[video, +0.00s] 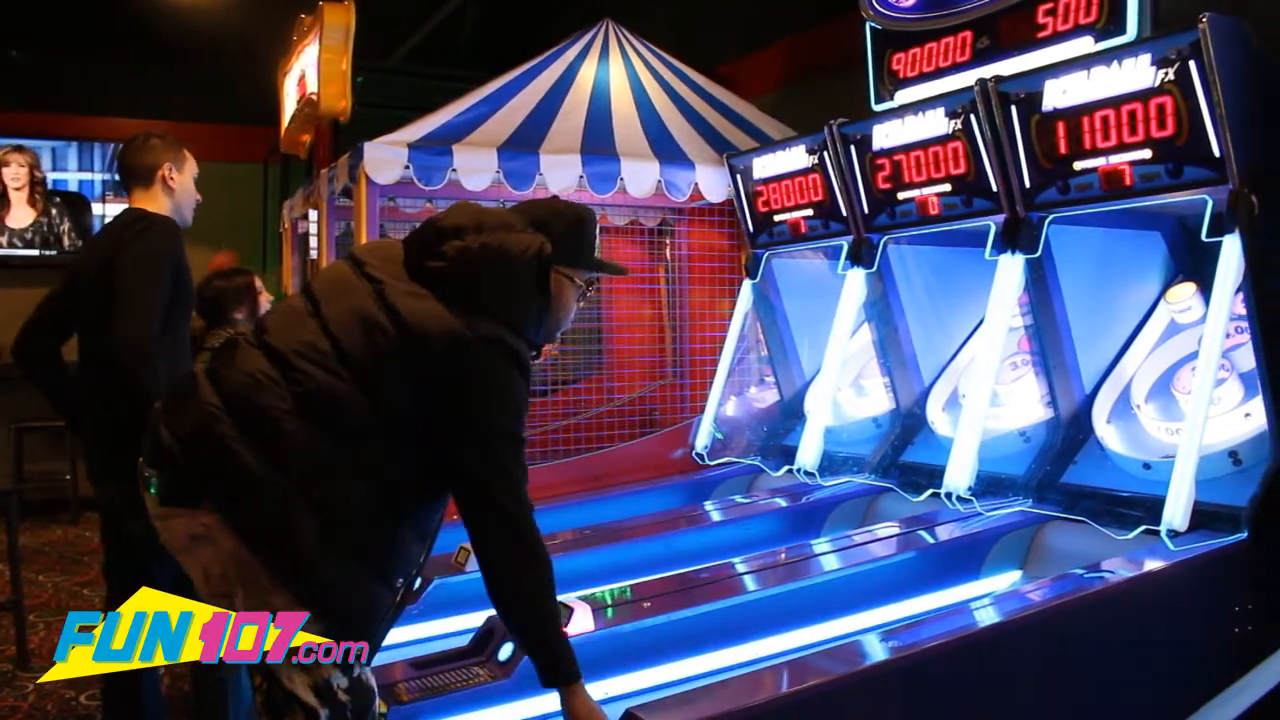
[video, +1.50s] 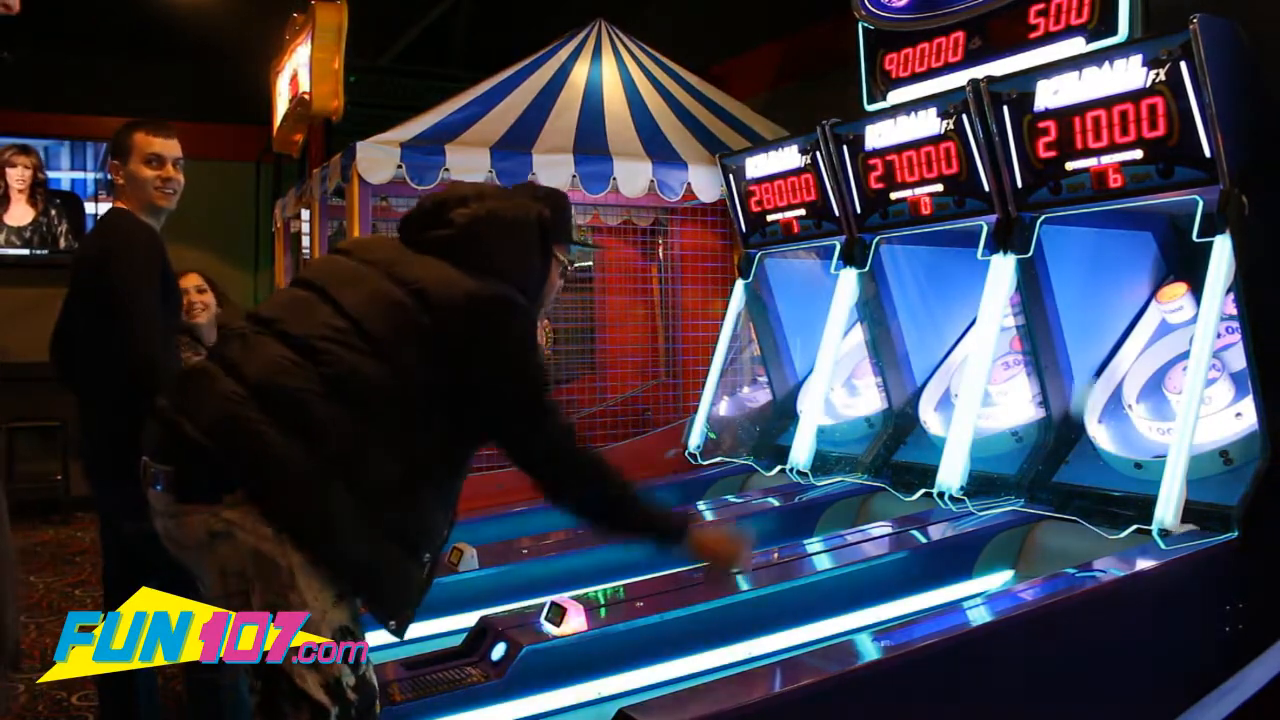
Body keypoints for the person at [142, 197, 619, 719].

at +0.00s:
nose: (579, 305)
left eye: (583, 288)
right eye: (576, 285)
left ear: (505, 259)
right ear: (538, 276)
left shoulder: (389, 261)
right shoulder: (483, 353)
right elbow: (506, 533)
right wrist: (569, 684)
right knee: (326, 695)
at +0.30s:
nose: (562, 298)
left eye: (567, 280)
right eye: (560, 277)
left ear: (492, 251)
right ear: (521, 264)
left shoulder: (371, 261)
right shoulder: (464, 335)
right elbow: (469, 514)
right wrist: (557, 646)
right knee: (322, 695)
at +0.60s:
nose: (550, 292)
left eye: (553, 274)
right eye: (549, 271)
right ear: (515, 257)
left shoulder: (361, 258)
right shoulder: (455, 323)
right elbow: (434, 494)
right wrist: (500, 632)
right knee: (318, 694)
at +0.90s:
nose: (555, 317)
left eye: (561, 298)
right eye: (556, 295)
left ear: (490, 260)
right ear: (526, 278)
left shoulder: (379, 265)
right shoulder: (458, 330)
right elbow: (368, 482)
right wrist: (303, 639)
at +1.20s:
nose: (552, 304)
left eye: (558, 285)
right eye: (553, 283)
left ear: (464, 245)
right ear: (520, 272)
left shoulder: (359, 262)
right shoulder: (480, 335)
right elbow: (546, 475)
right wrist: (642, 532)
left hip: (173, 478)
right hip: (253, 513)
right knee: (315, 694)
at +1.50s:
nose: (556, 281)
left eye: (558, 264)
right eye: (553, 262)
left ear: (455, 234)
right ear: (518, 257)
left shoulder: (364, 258)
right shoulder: (485, 319)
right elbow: (565, 468)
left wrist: (407, 541)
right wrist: (683, 531)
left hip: (185, 474)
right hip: (260, 508)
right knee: (326, 693)